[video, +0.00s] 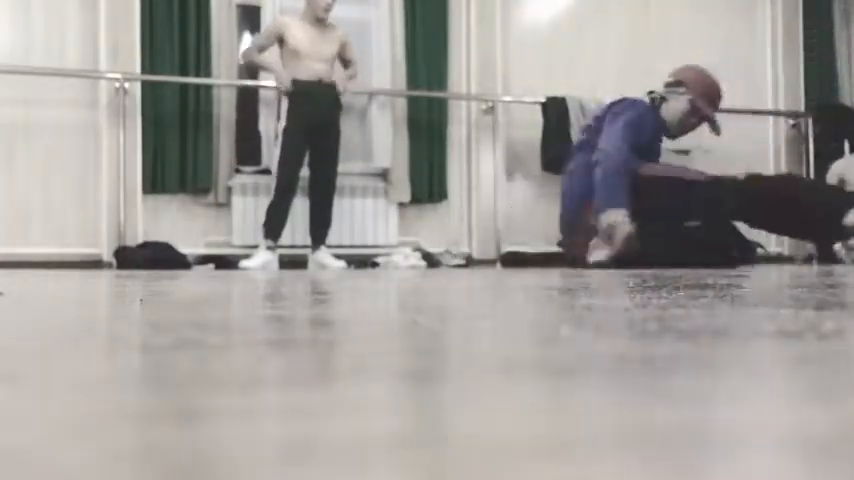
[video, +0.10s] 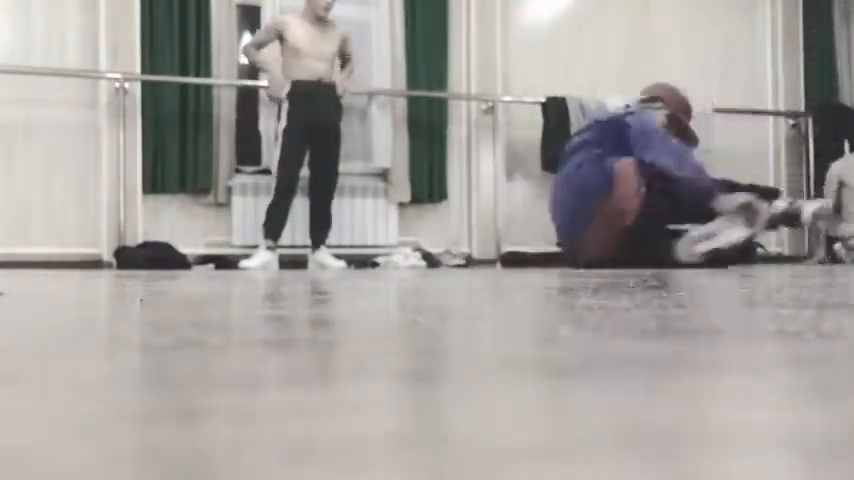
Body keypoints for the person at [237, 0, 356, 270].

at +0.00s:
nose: (329, 4)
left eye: (332, 1)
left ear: (332, 6)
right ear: (310, 1)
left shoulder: (336, 34)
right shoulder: (285, 25)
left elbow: (352, 66)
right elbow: (248, 54)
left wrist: (343, 79)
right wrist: (276, 69)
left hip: (327, 97)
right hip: (299, 96)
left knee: (324, 178)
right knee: (287, 177)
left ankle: (319, 251)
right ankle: (268, 250)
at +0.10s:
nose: (329, 4)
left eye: (332, 1)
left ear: (332, 5)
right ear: (310, 1)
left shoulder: (338, 33)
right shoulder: (285, 24)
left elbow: (348, 61)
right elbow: (250, 48)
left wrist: (342, 81)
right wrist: (269, 69)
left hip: (327, 98)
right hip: (298, 96)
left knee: (324, 179)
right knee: (287, 177)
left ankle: (319, 251)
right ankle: (268, 250)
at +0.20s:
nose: (329, 4)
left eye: (332, 1)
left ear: (331, 5)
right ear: (310, 1)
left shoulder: (337, 33)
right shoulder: (285, 23)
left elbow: (342, 64)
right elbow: (254, 47)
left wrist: (336, 84)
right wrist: (271, 80)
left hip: (327, 97)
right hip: (298, 95)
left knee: (324, 178)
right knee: (287, 176)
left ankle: (319, 250)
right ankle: (268, 250)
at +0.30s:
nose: (329, 4)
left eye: (332, 1)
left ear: (331, 5)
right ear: (310, 1)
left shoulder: (337, 34)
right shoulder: (285, 24)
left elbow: (342, 66)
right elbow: (254, 50)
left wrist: (334, 84)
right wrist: (271, 79)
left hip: (326, 98)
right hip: (298, 96)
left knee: (323, 179)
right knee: (286, 176)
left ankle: (319, 251)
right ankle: (268, 250)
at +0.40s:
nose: (328, 4)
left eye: (330, 1)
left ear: (330, 5)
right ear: (309, 1)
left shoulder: (337, 34)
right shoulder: (285, 24)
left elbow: (344, 68)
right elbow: (253, 52)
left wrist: (339, 86)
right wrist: (273, 79)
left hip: (327, 99)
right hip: (297, 97)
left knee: (321, 181)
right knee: (286, 177)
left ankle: (319, 251)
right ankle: (268, 250)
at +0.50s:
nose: (327, 4)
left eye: (329, 1)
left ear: (329, 6)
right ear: (308, 1)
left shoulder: (335, 34)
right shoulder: (284, 24)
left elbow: (343, 68)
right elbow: (253, 53)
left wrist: (341, 86)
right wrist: (275, 80)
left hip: (327, 99)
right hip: (297, 97)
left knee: (322, 180)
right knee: (286, 177)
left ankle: (319, 251)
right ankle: (268, 250)